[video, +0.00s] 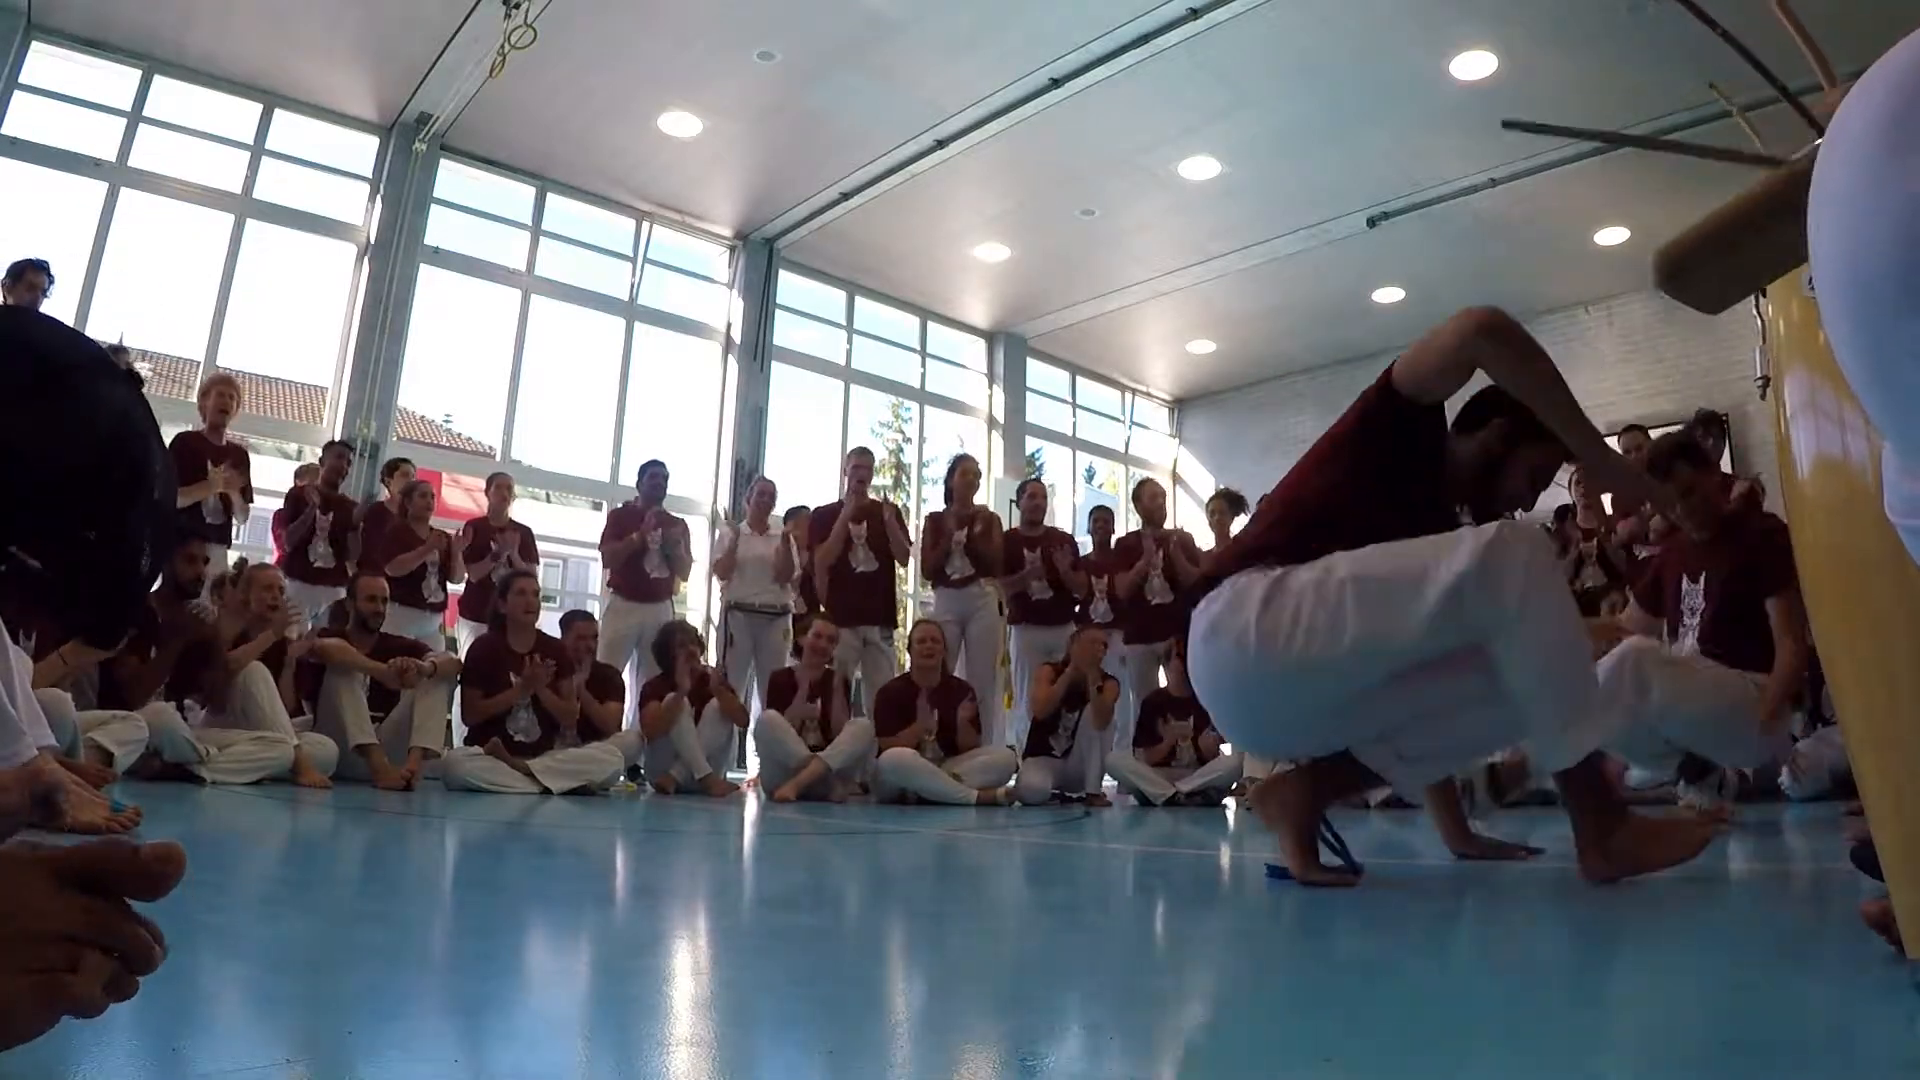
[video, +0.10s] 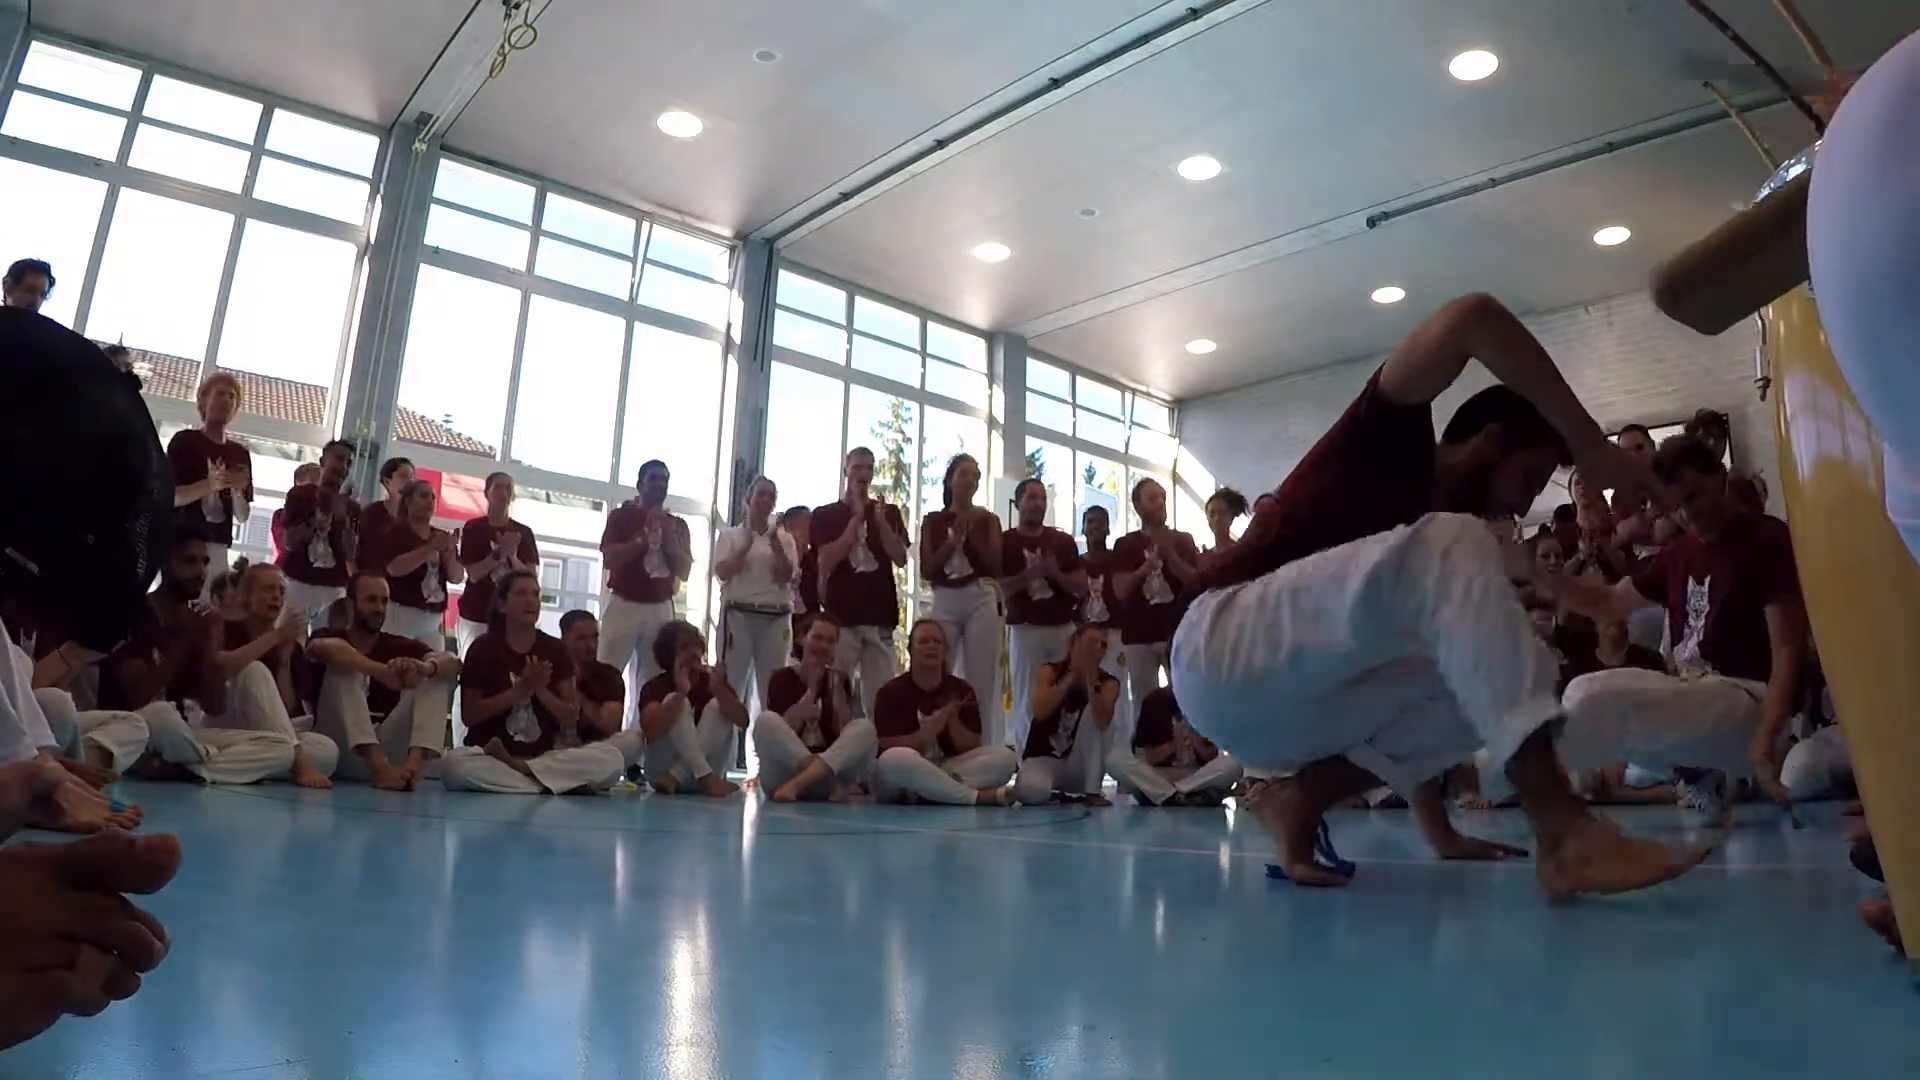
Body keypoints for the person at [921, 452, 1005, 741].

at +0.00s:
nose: (970, 479)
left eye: (975, 475)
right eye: (964, 473)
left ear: (980, 482)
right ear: (950, 479)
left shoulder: (989, 519)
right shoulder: (935, 520)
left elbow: (994, 566)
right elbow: (927, 570)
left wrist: (972, 539)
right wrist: (948, 543)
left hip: (982, 598)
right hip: (945, 599)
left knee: (981, 680)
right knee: (940, 677)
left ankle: (983, 752)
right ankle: (937, 751)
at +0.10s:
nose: (969, 479)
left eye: (974, 475)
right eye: (963, 473)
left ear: (979, 482)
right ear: (949, 479)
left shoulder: (988, 520)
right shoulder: (933, 520)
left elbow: (994, 566)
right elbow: (927, 570)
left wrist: (972, 538)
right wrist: (951, 542)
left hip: (981, 598)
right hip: (944, 598)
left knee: (980, 680)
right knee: (939, 676)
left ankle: (981, 752)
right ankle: (937, 751)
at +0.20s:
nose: (968, 479)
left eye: (972, 474)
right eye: (961, 473)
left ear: (977, 481)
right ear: (948, 479)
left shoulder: (987, 520)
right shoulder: (931, 520)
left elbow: (992, 566)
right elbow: (925, 569)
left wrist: (971, 535)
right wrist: (952, 541)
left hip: (980, 600)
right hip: (942, 599)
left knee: (978, 680)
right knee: (936, 676)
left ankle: (979, 751)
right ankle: (935, 750)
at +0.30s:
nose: (966, 480)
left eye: (971, 475)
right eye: (959, 474)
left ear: (975, 481)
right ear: (946, 479)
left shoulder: (986, 521)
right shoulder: (930, 521)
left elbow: (990, 566)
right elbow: (924, 569)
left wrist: (974, 538)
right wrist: (946, 541)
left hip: (978, 597)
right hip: (941, 597)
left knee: (977, 677)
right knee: (937, 674)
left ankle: (980, 749)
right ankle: (936, 749)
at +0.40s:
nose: (964, 479)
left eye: (968, 474)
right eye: (957, 473)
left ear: (973, 481)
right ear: (944, 479)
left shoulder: (983, 520)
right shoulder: (928, 519)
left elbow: (988, 567)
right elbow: (922, 569)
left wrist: (967, 535)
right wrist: (948, 537)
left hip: (976, 597)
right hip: (940, 597)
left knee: (977, 676)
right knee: (936, 674)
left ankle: (978, 740)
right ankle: (935, 739)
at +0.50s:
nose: (962, 479)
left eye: (966, 474)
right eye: (955, 473)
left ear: (971, 480)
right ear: (942, 478)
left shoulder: (981, 519)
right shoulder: (927, 520)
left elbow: (988, 567)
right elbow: (921, 569)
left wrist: (966, 536)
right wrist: (944, 542)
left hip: (976, 598)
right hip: (938, 598)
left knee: (976, 675)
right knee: (933, 673)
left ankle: (976, 737)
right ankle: (932, 737)